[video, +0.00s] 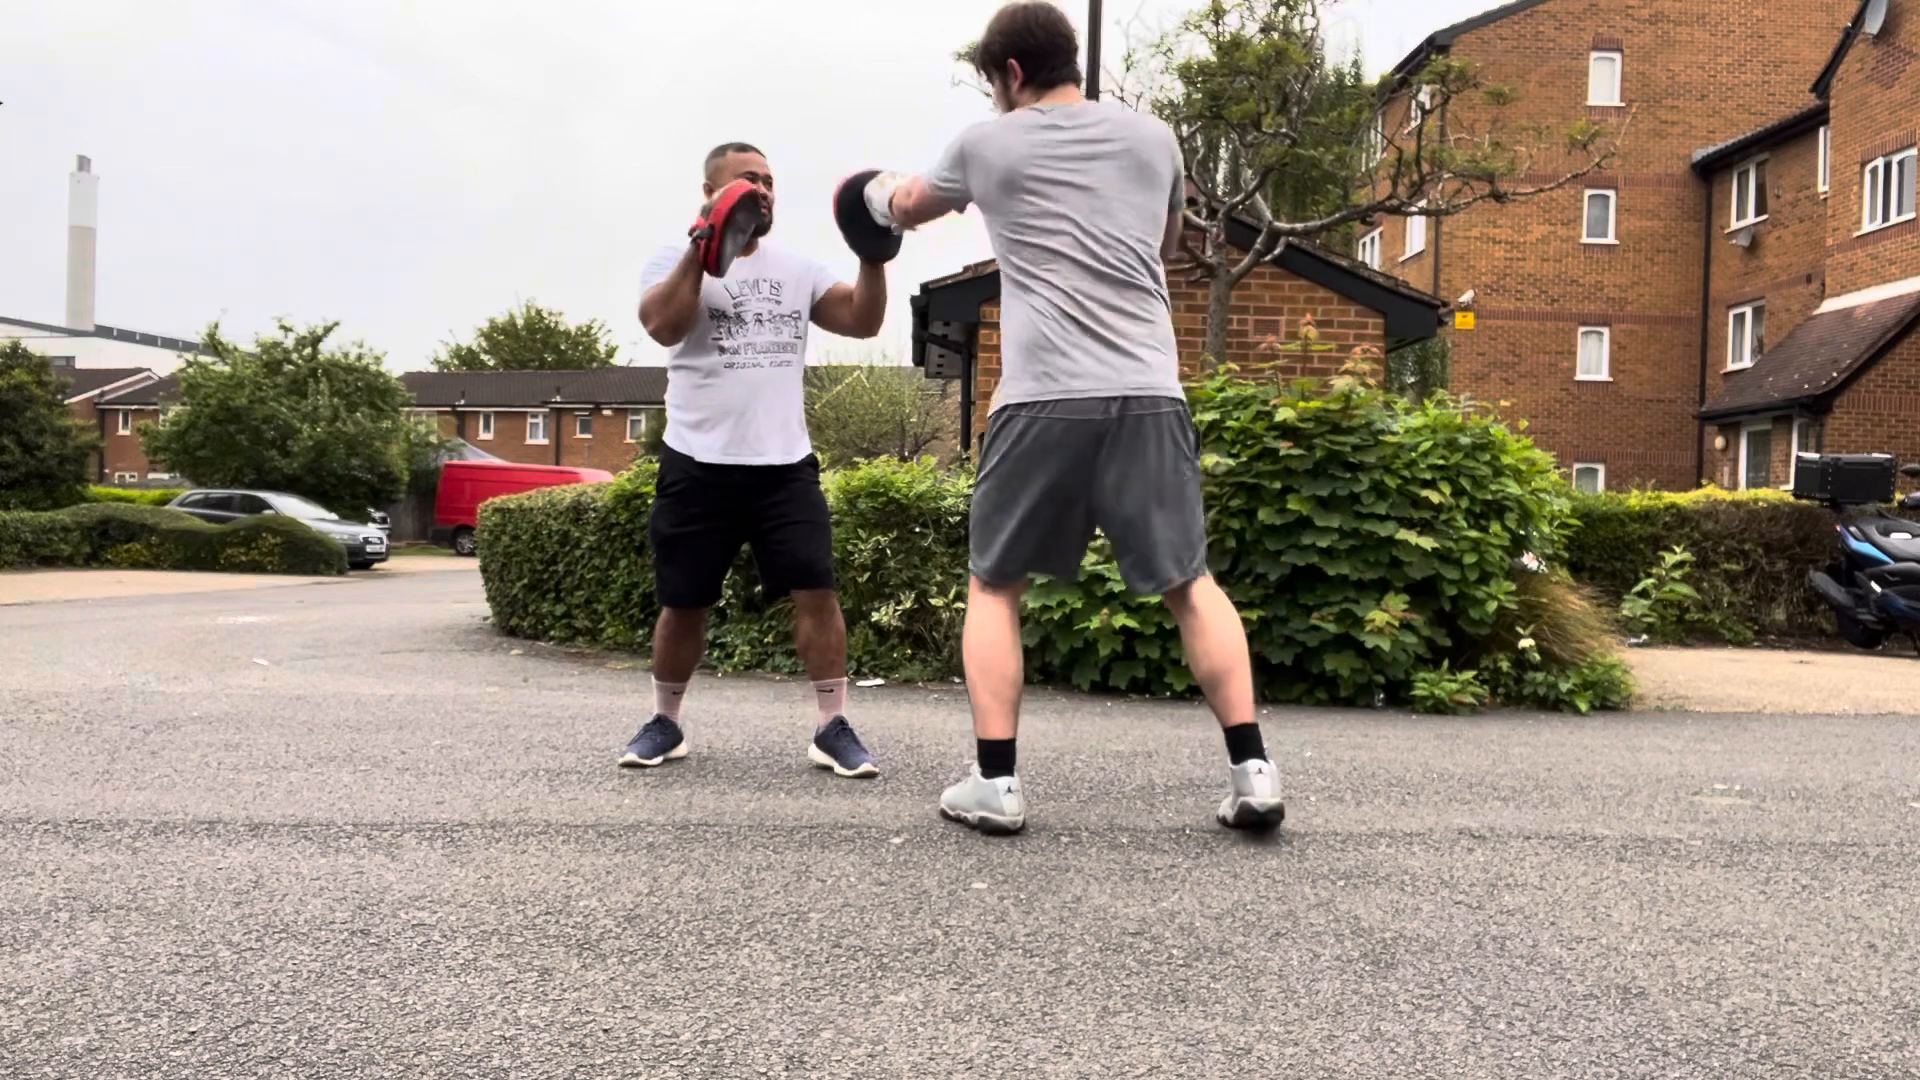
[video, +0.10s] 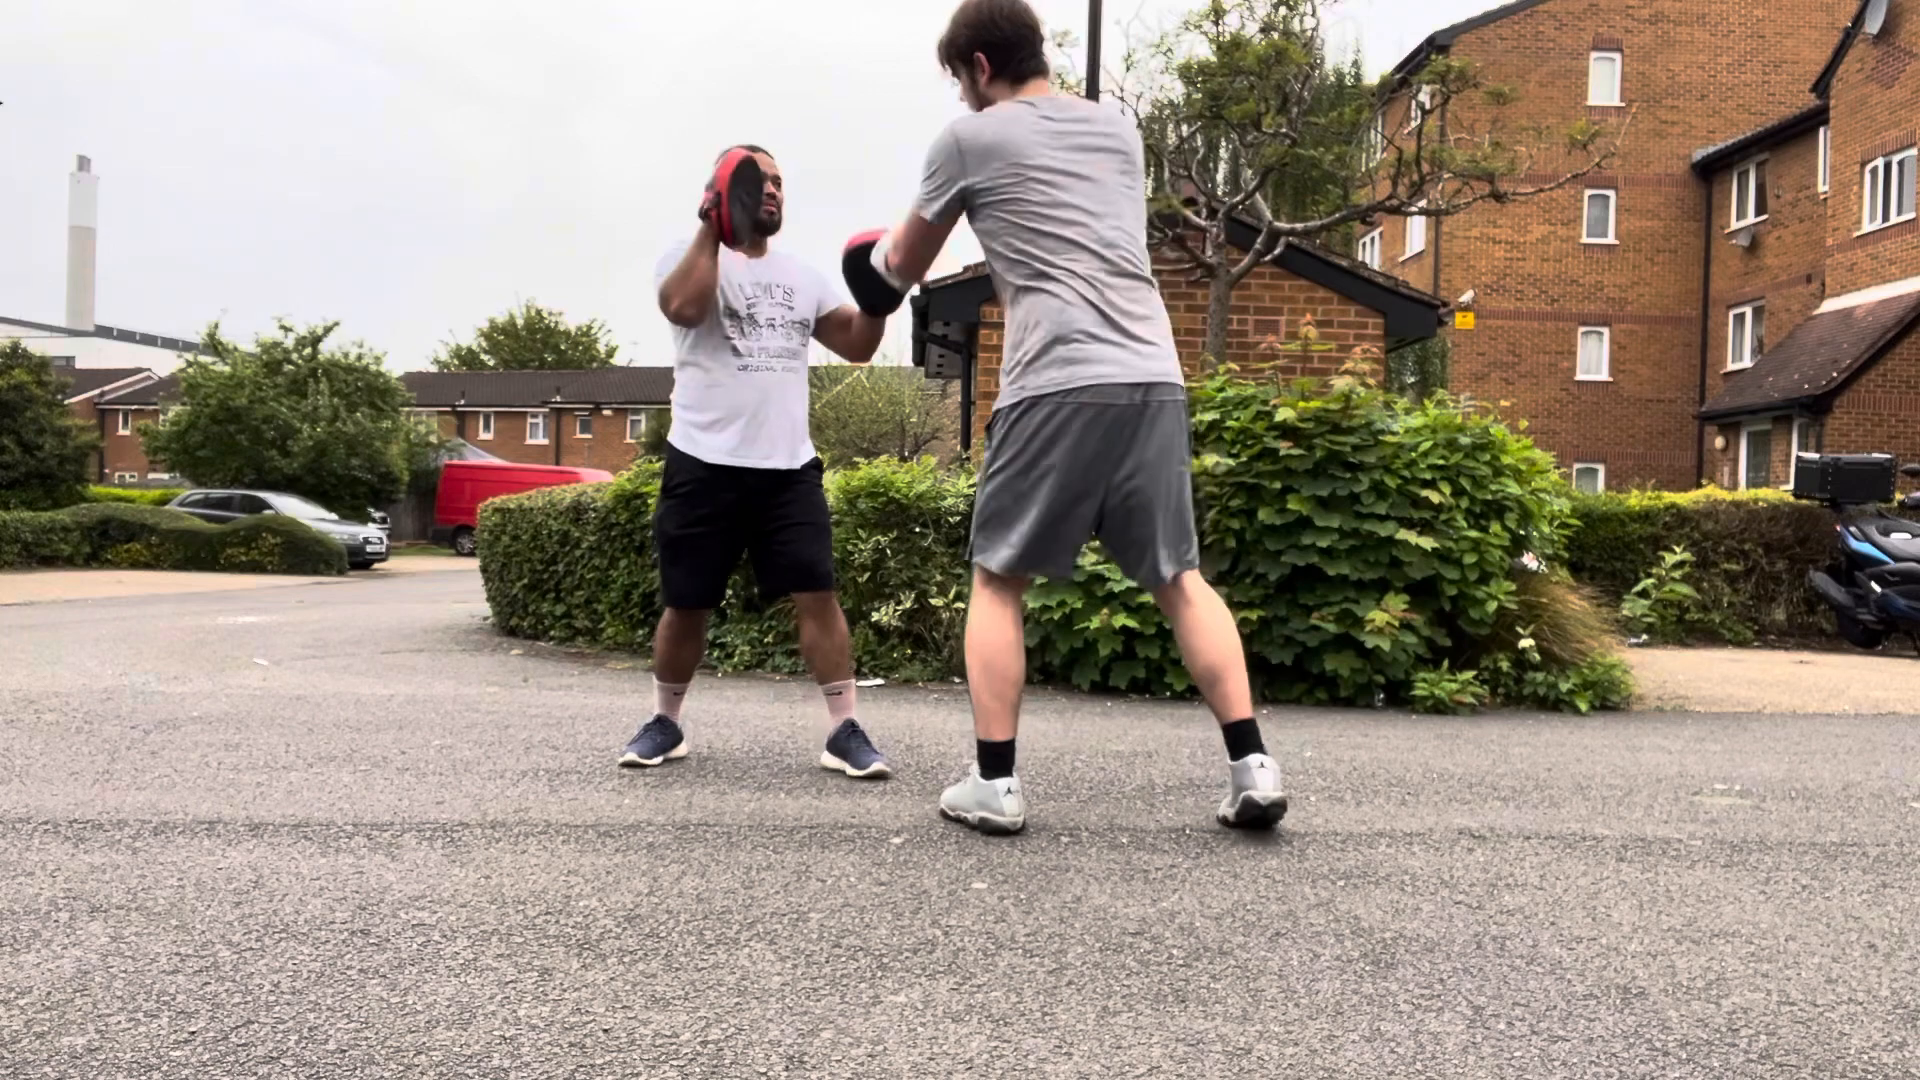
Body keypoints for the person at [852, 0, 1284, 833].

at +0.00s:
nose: (991, 93)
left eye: (990, 82)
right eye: (989, 82)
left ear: (1012, 73)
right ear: (1076, 64)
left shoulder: (989, 141)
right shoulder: (1153, 136)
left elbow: (910, 208)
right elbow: (1161, 241)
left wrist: (891, 188)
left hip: (1042, 400)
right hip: (1152, 397)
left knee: (994, 584)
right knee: (1191, 581)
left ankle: (997, 780)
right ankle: (1252, 767)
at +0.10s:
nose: (959, 91)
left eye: (957, 79)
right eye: (956, 79)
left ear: (978, 68)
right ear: (1039, 56)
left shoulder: (970, 135)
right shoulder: (1118, 122)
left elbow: (906, 263)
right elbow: (1086, 234)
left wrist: (876, 255)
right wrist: (969, 273)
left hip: (1056, 385)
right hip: (1157, 380)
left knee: (998, 580)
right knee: (1178, 572)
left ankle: (996, 782)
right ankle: (1253, 766)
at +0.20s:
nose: (938, 97)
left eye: (936, 82)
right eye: (934, 83)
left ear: (959, 71)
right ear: (1020, 63)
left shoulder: (976, 144)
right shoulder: (1090, 128)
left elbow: (925, 295)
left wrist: (892, 286)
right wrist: (936, 178)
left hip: (1071, 380)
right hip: (1166, 372)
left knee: (1006, 579)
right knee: (1180, 573)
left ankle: (995, 783)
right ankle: (1260, 764)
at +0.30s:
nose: (932, 111)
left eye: (930, 94)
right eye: (928, 97)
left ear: (957, 85)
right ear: (1003, 75)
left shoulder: (1007, 154)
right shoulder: (1052, 134)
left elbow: (978, 305)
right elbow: (923, 182)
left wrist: (920, 302)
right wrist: (830, 177)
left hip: (1092, 391)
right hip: (1176, 380)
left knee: (1013, 575)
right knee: (1194, 577)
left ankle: (996, 782)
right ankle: (1291, 765)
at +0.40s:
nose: (952, 97)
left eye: (952, 81)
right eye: (949, 82)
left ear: (979, 75)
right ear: (1027, 67)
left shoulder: (1030, 154)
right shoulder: (1076, 133)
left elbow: (989, 299)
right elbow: (973, 206)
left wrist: (908, 246)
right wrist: (873, 196)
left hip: (1096, 397)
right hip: (1183, 384)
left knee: (1012, 573)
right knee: (1210, 573)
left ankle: (997, 783)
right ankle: (1316, 760)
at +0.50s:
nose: (994, 82)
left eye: (994, 64)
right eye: (991, 66)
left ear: (1020, 52)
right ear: (1076, 48)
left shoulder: (1044, 137)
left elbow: (983, 268)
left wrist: (948, 194)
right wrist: (998, 165)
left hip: (1093, 392)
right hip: (1188, 380)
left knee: (1013, 573)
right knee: (1217, 575)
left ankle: (997, 782)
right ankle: (1315, 762)